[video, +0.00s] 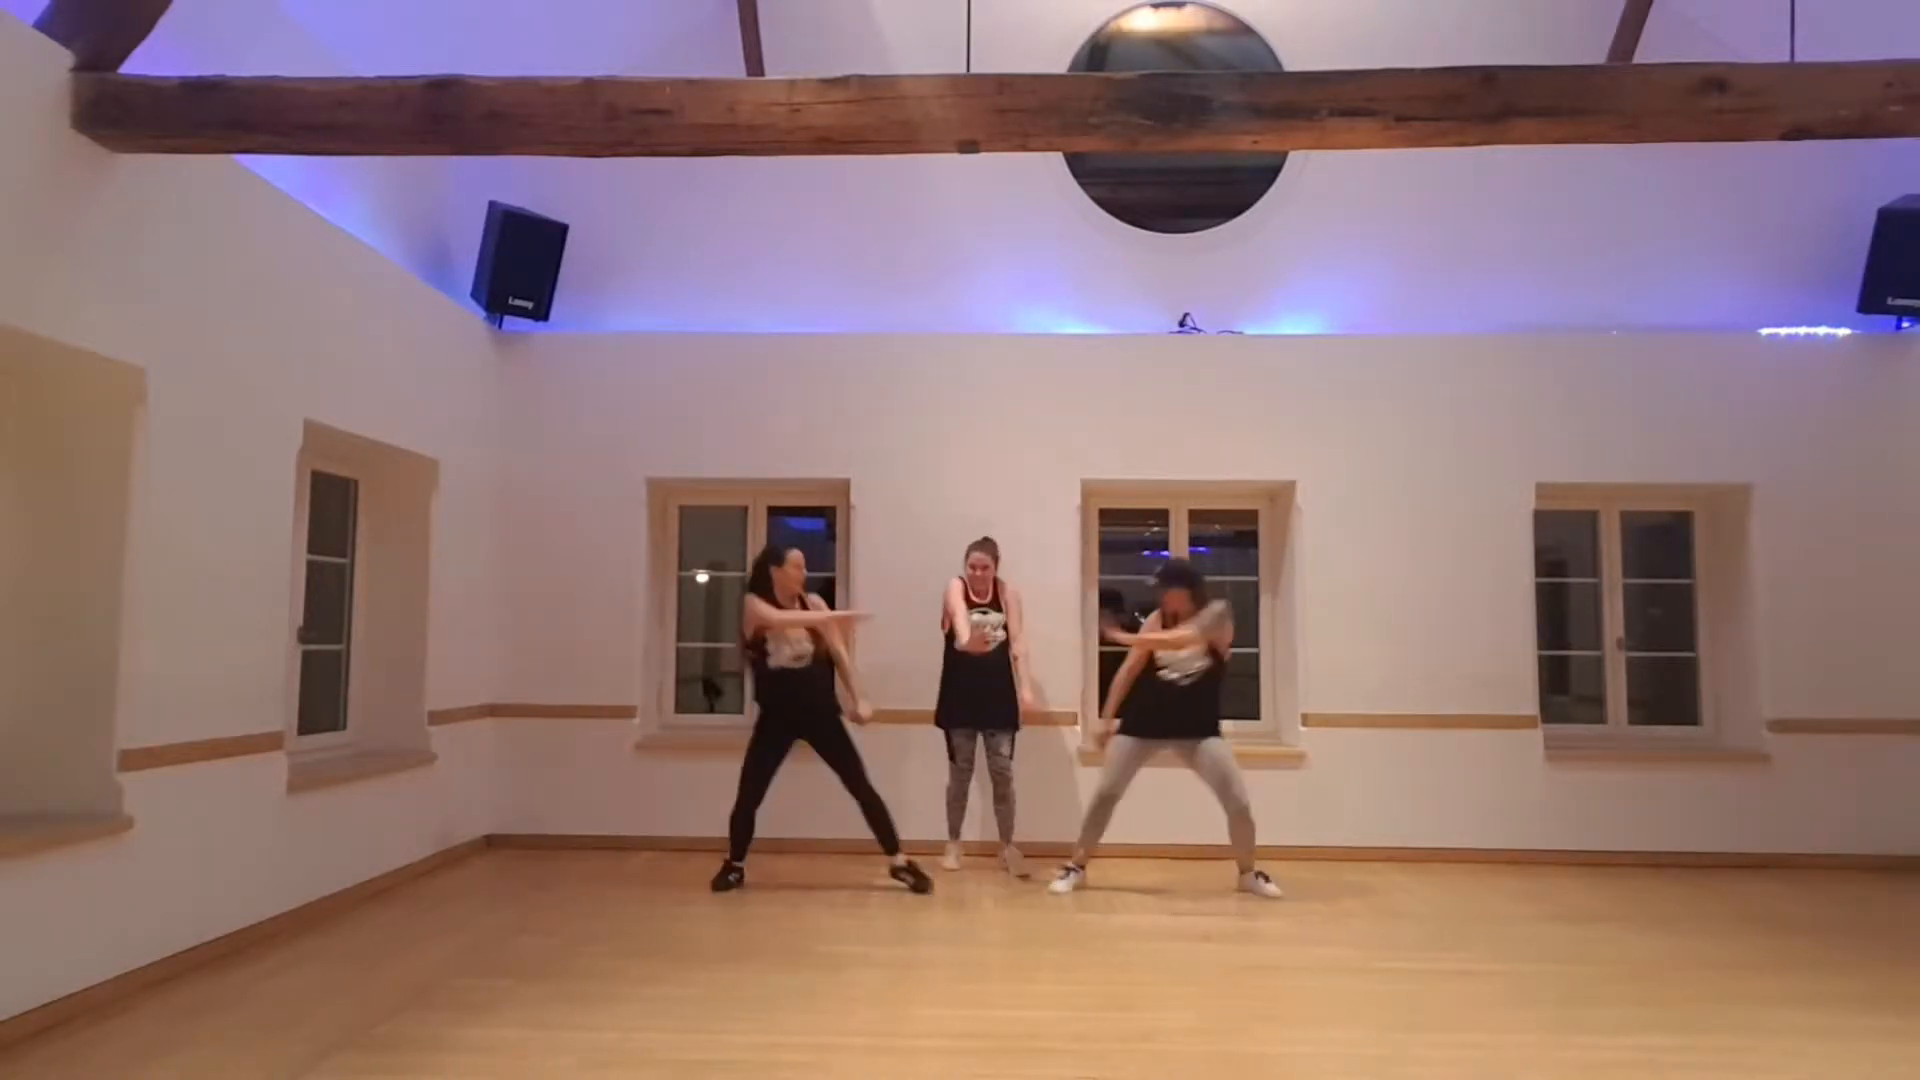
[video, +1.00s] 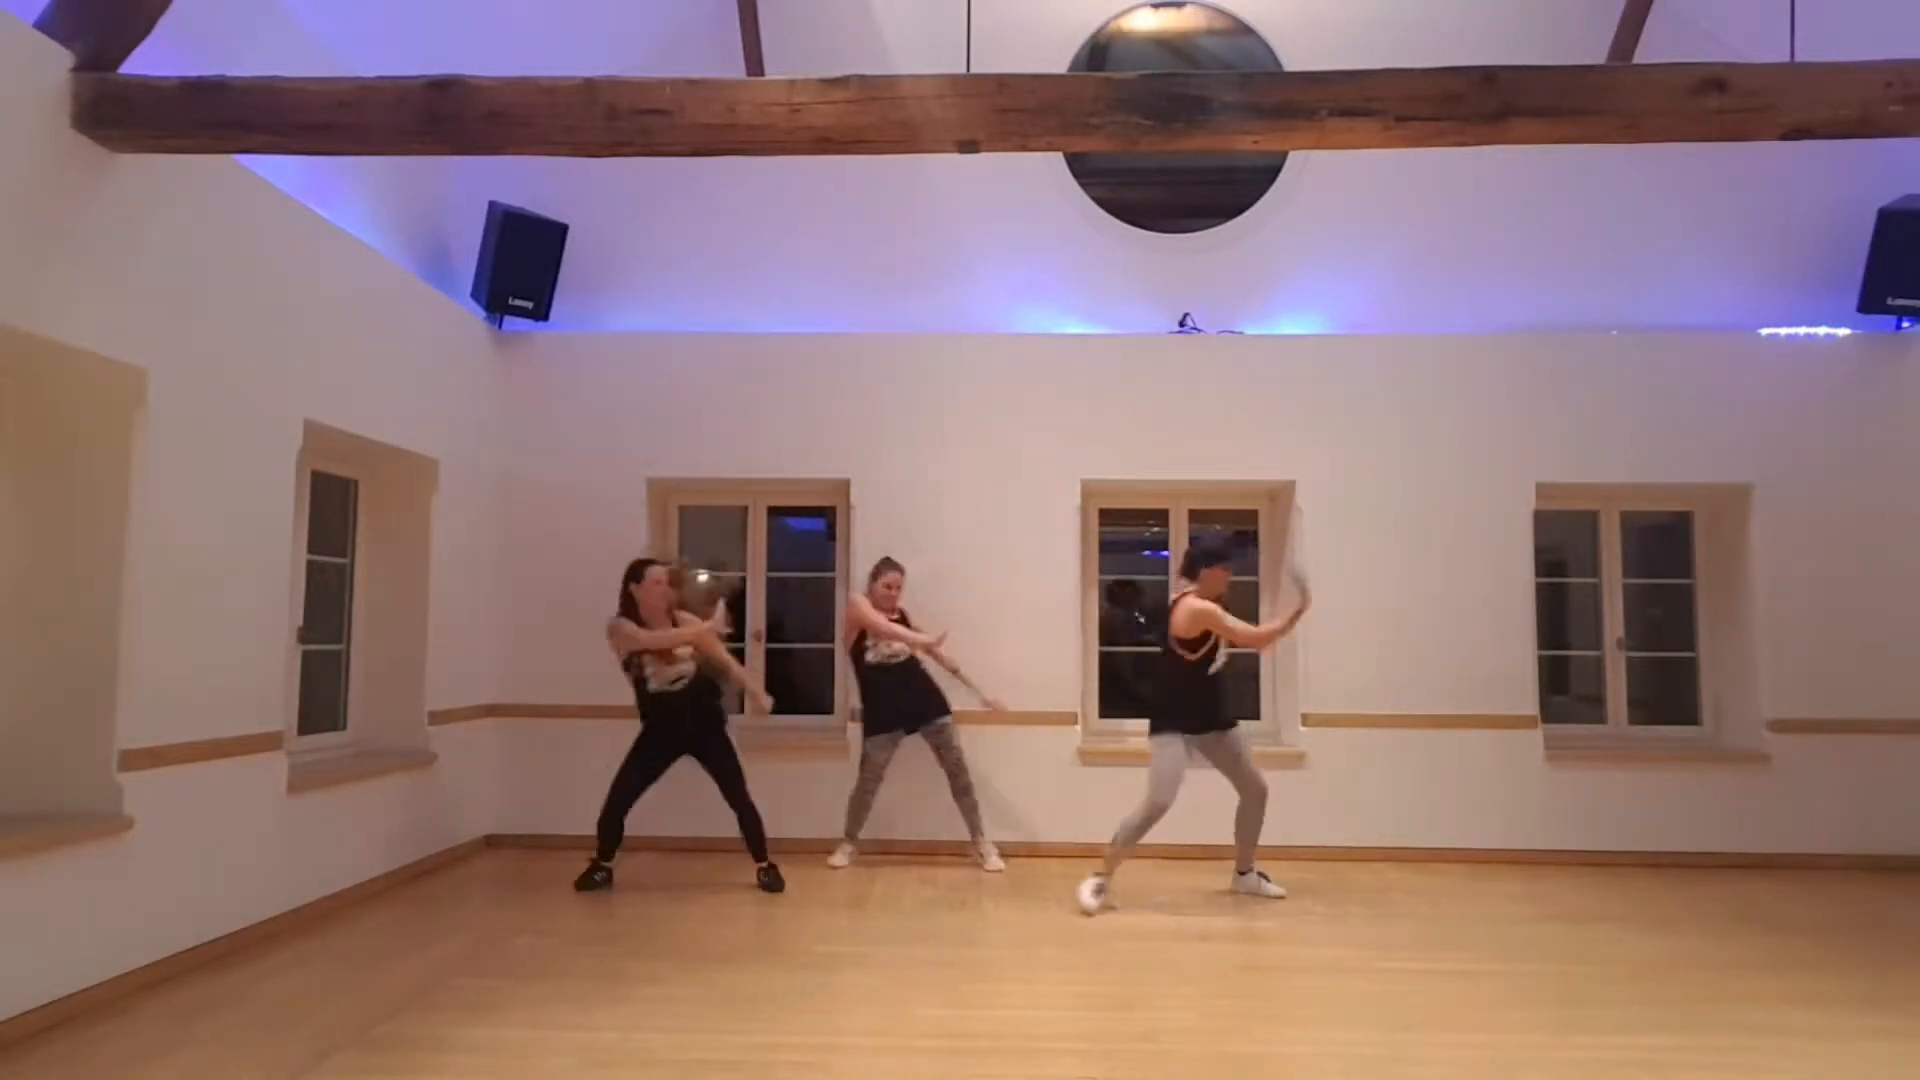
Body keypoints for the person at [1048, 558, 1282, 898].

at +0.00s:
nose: (1167, 602)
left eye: (1174, 594)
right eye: (1164, 595)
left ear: (1193, 592)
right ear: (1160, 595)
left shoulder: (1217, 614)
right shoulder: (1154, 622)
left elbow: (1186, 638)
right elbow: (1129, 669)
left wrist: (1123, 637)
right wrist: (1107, 718)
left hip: (1197, 732)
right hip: (1141, 729)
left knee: (1237, 801)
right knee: (1106, 793)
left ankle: (1247, 875)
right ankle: (1076, 868)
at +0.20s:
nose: (1223, 562)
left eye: (1228, 556)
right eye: (1216, 556)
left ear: (1236, 556)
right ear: (1203, 557)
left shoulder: (1250, 584)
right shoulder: (1183, 592)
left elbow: (1268, 635)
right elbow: (1158, 643)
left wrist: (1282, 627)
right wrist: (1140, 691)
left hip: (1226, 695)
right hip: (1177, 695)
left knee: (1245, 780)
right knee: (1167, 769)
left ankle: (1251, 867)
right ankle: (1180, 854)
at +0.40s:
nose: (1238, 572)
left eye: (1242, 565)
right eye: (1231, 565)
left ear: (1244, 566)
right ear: (1212, 563)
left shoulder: (1249, 591)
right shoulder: (1183, 594)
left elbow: (1274, 626)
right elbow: (1136, 621)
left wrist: (1290, 596)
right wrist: (1131, 619)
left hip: (1255, 705)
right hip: (1212, 712)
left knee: (1274, 788)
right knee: (1248, 789)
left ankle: (1255, 866)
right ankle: (1242, 872)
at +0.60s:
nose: (1236, 588)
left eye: (1240, 581)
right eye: (1230, 580)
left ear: (1244, 584)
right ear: (1212, 580)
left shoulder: (1250, 613)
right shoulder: (1184, 605)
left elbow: (1293, 625)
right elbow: (1126, 584)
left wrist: (1334, 613)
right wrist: (1146, 592)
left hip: (1262, 718)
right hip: (1223, 726)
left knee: (1281, 799)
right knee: (1271, 799)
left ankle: (1254, 870)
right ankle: (1247, 872)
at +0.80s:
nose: (1250, 563)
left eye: (1251, 556)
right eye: (1245, 555)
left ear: (1247, 558)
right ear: (1226, 555)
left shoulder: (1250, 584)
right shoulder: (1197, 589)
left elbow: (1264, 627)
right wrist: (1217, 624)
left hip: (1228, 697)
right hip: (1191, 695)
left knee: (1250, 778)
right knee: (1216, 765)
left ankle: (1245, 868)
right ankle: (1195, 855)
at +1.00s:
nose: (1230, 577)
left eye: (1230, 569)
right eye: (1225, 569)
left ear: (1207, 571)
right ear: (1204, 570)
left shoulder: (1203, 605)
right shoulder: (1195, 607)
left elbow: (1250, 638)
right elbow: (1256, 639)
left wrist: (1293, 615)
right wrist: (1299, 609)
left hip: (1208, 720)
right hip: (1171, 721)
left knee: (1255, 791)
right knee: (1158, 802)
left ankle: (1244, 874)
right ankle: (1100, 879)